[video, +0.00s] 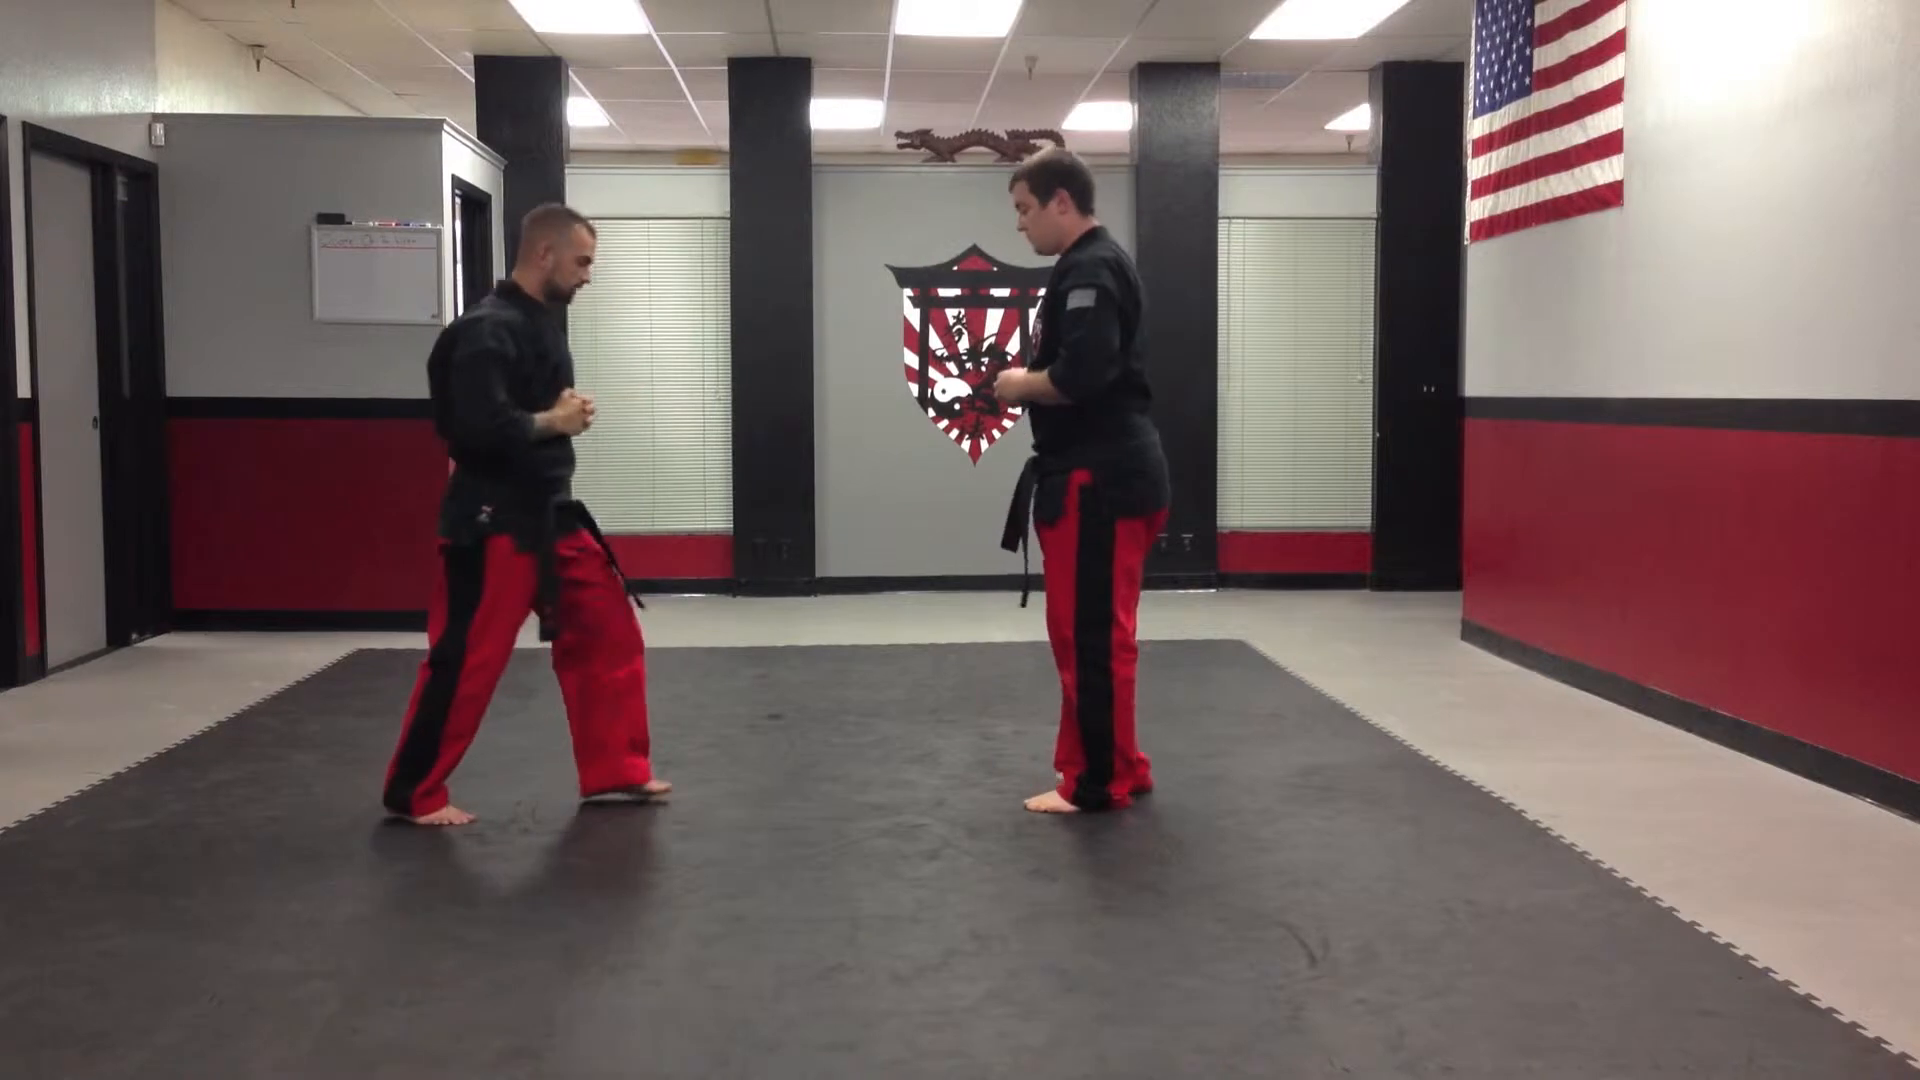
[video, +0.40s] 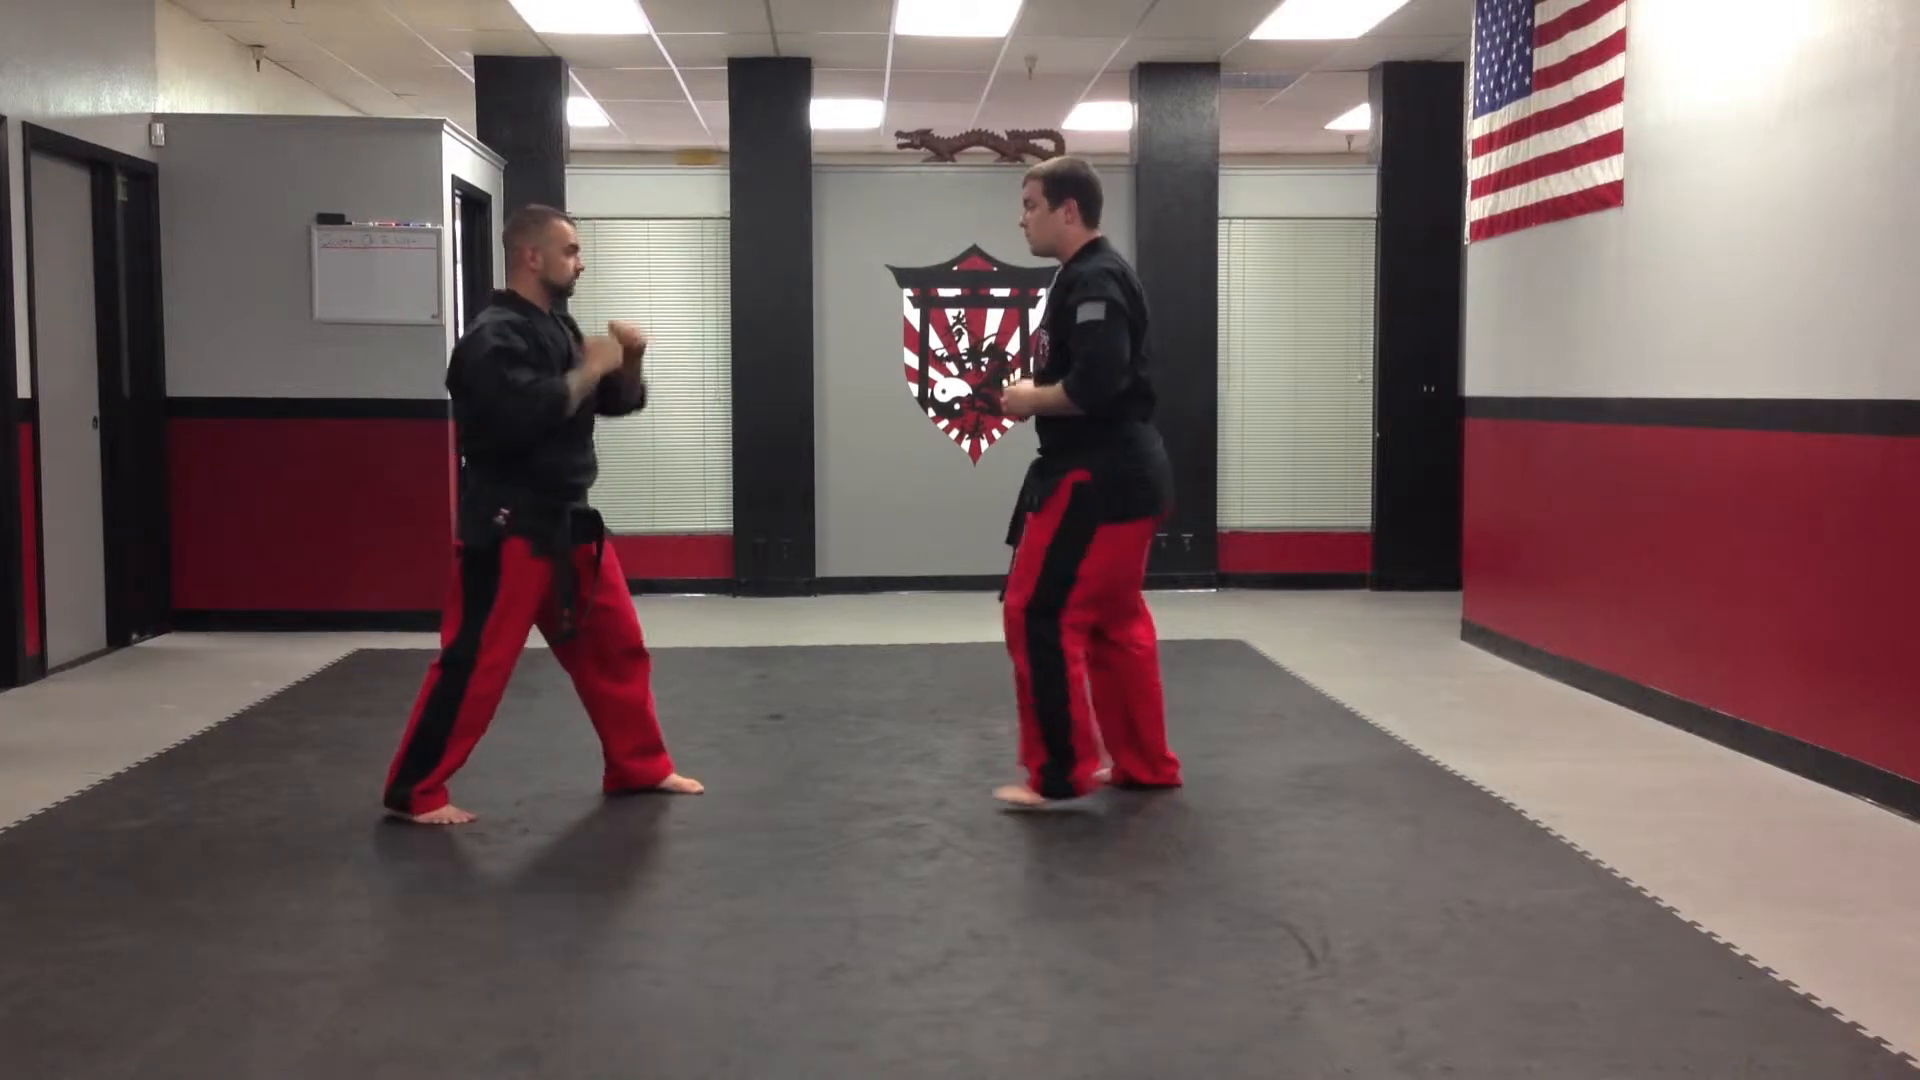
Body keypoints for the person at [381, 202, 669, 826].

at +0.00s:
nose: (587, 275)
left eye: (590, 263)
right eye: (582, 262)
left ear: (546, 258)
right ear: (542, 255)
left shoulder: (545, 326)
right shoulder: (485, 329)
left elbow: (529, 411)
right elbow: (475, 428)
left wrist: (557, 414)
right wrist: (551, 421)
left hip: (552, 511)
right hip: (493, 517)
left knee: (607, 635)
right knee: (468, 658)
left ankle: (614, 772)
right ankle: (415, 794)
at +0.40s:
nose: (579, 262)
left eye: (578, 251)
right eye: (569, 251)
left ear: (540, 258)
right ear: (530, 255)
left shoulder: (559, 329)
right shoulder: (491, 335)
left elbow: (611, 401)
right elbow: (526, 410)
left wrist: (627, 363)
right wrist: (594, 368)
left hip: (569, 518)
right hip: (506, 524)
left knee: (614, 647)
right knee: (476, 663)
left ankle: (637, 768)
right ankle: (413, 792)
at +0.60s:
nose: (579, 262)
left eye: (578, 251)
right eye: (569, 251)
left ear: (538, 257)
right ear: (529, 255)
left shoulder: (556, 330)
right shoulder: (493, 333)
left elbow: (642, 371)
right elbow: (552, 394)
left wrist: (672, 327)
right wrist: (580, 334)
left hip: (562, 520)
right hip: (499, 524)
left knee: (606, 645)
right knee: (466, 662)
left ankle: (636, 768)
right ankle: (409, 792)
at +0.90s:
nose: (594, 263)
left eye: (593, 252)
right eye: (584, 252)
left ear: (549, 259)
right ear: (544, 256)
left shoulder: (573, 334)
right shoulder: (502, 334)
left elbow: (653, 379)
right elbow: (560, 397)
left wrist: (695, 339)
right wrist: (592, 339)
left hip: (572, 520)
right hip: (505, 525)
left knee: (628, 644)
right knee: (467, 662)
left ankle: (639, 772)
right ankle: (412, 793)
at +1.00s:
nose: (604, 264)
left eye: (602, 252)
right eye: (593, 252)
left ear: (560, 261)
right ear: (553, 258)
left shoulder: (580, 333)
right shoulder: (512, 335)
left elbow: (664, 379)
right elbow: (570, 401)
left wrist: (704, 339)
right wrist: (602, 340)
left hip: (578, 518)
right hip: (510, 523)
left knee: (636, 641)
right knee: (473, 660)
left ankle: (645, 771)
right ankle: (412, 791)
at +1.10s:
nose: (616, 268)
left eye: (615, 257)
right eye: (606, 256)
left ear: (572, 265)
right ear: (565, 262)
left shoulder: (592, 335)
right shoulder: (529, 339)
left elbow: (672, 381)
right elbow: (585, 401)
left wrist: (716, 342)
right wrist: (613, 341)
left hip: (592, 520)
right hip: (527, 525)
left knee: (649, 641)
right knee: (487, 662)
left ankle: (645, 770)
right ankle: (415, 788)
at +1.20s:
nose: (633, 268)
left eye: (632, 257)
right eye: (623, 257)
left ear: (590, 265)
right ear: (583, 263)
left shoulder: (610, 335)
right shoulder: (549, 339)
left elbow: (686, 384)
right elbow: (609, 403)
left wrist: (730, 347)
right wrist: (636, 340)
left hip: (618, 519)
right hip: (558, 524)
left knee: (664, 640)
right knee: (525, 657)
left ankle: (647, 769)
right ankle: (436, 781)